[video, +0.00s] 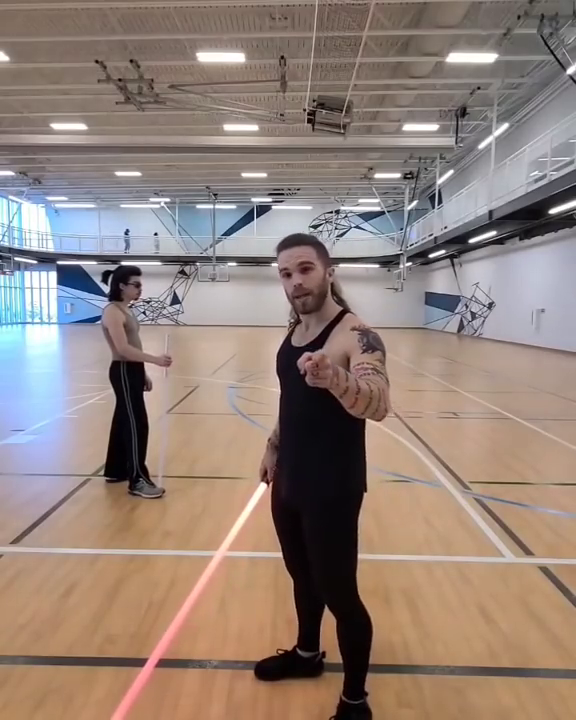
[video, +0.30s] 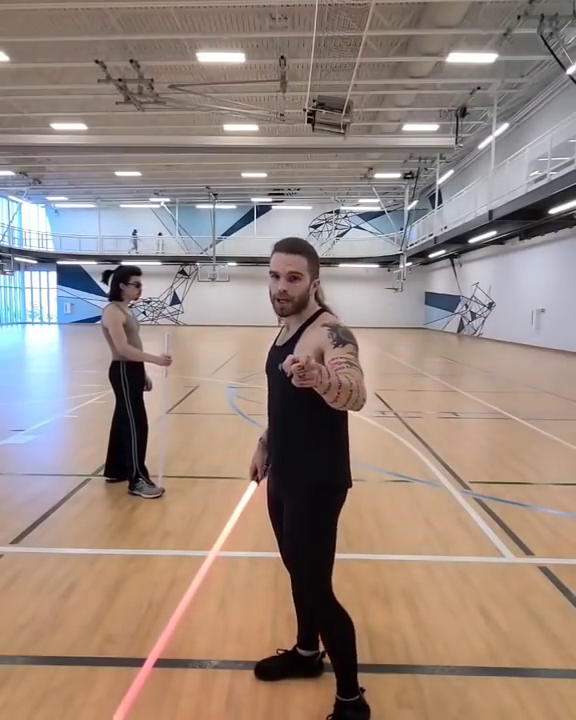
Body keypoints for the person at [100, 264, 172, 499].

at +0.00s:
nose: (139, 289)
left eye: (140, 285)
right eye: (135, 285)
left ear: (130, 287)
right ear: (120, 286)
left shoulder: (125, 310)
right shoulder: (113, 312)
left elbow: (131, 348)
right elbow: (121, 348)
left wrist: (142, 374)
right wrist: (156, 359)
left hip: (131, 370)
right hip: (124, 371)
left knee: (124, 420)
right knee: (138, 424)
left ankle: (115, 469)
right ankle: (137, 480)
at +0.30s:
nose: (140, 289)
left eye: (140, 285)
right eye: (135, 285)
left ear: (130, 288)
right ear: (121, 286)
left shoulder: (125, 311)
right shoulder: (113, 312)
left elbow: (131, 347)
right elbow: (121, 348)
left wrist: (142, 373)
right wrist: (156, 359)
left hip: (131, 370)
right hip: (124, 371)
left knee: (124, 420)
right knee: (137, 424)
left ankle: (115, 469)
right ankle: (137, 480)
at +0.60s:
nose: (140, 289)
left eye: (140, 285)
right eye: (135, 285)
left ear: (129, 287)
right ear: (121, 286)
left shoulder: (125, 310)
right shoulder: (113, 311)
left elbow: (131, 348)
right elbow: (121, 348)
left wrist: (143, 373)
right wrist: (156, 359)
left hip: (131, 370)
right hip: (124, 371)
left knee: (124, 420)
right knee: (137, 423)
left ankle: (115, 469)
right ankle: (137, 480)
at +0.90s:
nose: (140, 289)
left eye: (141, 285)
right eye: (136, 285)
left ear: (129, 287)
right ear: (122, 286)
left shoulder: (125, 310)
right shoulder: (114, 311)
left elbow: (130, 348)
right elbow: (122, 349)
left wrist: (142, 373)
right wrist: (156, 360)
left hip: (131, 370)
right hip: (124, 371)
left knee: (125, 420)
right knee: (137, 423)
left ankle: (115, 469)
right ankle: (137, 480)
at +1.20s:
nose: (140, 289)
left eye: (141, 285)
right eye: (136, 285)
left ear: (130, 288)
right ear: (122, 286)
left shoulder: (125, 310)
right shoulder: (114, 311)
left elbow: (131, 348)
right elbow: (122, 348)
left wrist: (142, 374)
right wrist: (158, 360)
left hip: (131, 370)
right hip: (124, 371)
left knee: (124, 420)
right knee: (137, 424)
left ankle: (115, 469)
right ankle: (137, 480)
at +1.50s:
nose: (140, 289)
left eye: (141, 285)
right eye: (136, 285)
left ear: (131, 287)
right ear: (121, 286)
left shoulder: (125, 310)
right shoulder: (113, 311)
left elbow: (131, 348)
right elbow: (122, 348)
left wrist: (142, 375)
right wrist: (156, 359)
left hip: (131, 370)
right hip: (124, 371)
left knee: (124, 420)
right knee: (137, 424)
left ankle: (115, 469)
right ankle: (137, 480)